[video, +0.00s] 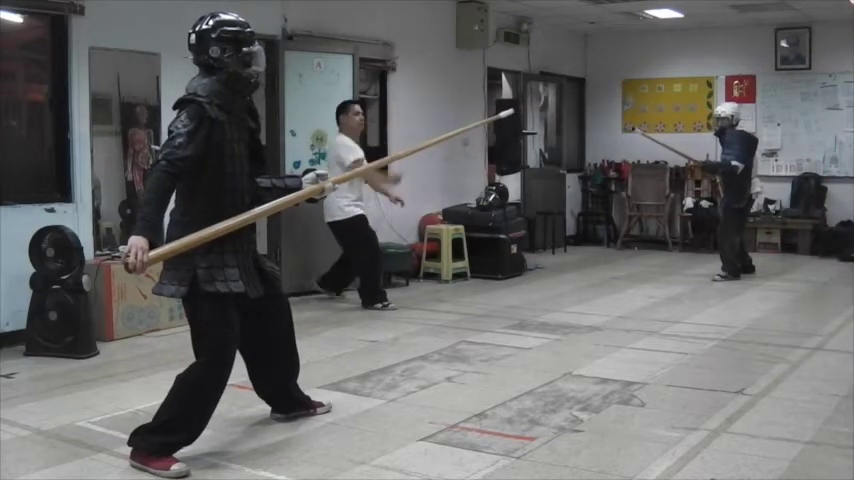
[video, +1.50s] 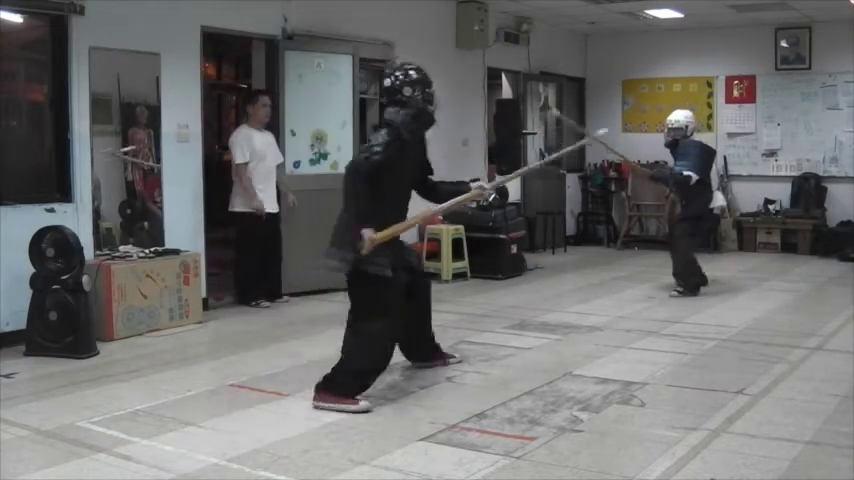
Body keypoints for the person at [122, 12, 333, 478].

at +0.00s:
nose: (253, 57)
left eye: (253, 49)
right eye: (242, 49)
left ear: (245, 54)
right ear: (213, 53)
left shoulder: (239, 108)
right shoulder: (200, 106)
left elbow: (246, 184)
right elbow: (165, 168)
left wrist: (300, 184)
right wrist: (144, 232)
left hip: (237, 245)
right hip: (203, 249)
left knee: (271, 315)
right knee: (216, 356)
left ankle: (286, 399)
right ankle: (152, 446)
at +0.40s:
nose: (291, 75)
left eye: (290, 67)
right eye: (281, 67)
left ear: (273, 72)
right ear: (258, 71)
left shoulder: (275, 119)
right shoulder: (244, 117)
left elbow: (274, 193)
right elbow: (209, 169)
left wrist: (327, 194)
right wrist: (184, 229)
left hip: (268, 245)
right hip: (235, 248)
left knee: (296, 307)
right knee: (223, 352)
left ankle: (311, 384)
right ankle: (158, 439)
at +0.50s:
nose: (311, 79)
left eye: (310, 71)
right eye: (303, 71)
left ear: (288, 75)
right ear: (282, 74)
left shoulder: (292, 120)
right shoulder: (263, 117)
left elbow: (293, 189)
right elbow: (229, 165)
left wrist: (345, 187)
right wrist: (208, 219)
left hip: (288, 241)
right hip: (259, 243)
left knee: (308, 307)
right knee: (251, 332)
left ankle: (311, 382)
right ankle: (187, 410)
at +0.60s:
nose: (326, 68)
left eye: (326, 60)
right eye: (318, 61)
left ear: (316, 64)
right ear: (296, 63)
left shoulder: (309, 109)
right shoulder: (283, 104)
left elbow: (310, 180)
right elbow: (246, 154)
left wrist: (361, 182)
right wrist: (227, 209)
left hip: (304, 226)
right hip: (272, 227)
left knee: (319, 300)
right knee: (283, 319)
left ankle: (313, 384)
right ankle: (230, 407)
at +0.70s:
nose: (339, 67)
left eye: (339, 59)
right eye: (331, 60)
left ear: (319, 64)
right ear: (310, 62)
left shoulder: (319, 109)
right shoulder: (294, 105)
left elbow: (320, 178)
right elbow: (258, 151)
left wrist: (372, 177)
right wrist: (240, 203)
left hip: (300, 226)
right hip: (275, 227)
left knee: (326, 297)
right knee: (302, 306)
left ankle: (315, 383)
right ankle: (280, 400)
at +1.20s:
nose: (387, 76)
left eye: (386, 69)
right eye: (379, 69)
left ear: (362, 73)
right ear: (360, 72)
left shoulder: (369, 113)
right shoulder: (345, 111)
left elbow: (367, 186)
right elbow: (308, 162)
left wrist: (410, 184)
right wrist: (299, 212)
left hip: (348, 228)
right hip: (328, 230)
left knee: (381, 281)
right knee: (362, 314)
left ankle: (376, 355)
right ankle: (332, 392)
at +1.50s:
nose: (431, 101)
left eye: (430, 94)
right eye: (425, 95)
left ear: (403, 97)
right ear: (409, 97)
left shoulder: (412, 137)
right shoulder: (389, 136)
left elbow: (429, 188)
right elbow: (356, 171)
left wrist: (469, 189)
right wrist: (364, 224)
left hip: (387, 238)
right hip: (365, 240)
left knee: (414, 286)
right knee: (376, 314)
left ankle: (423, 353)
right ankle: (335, 389)